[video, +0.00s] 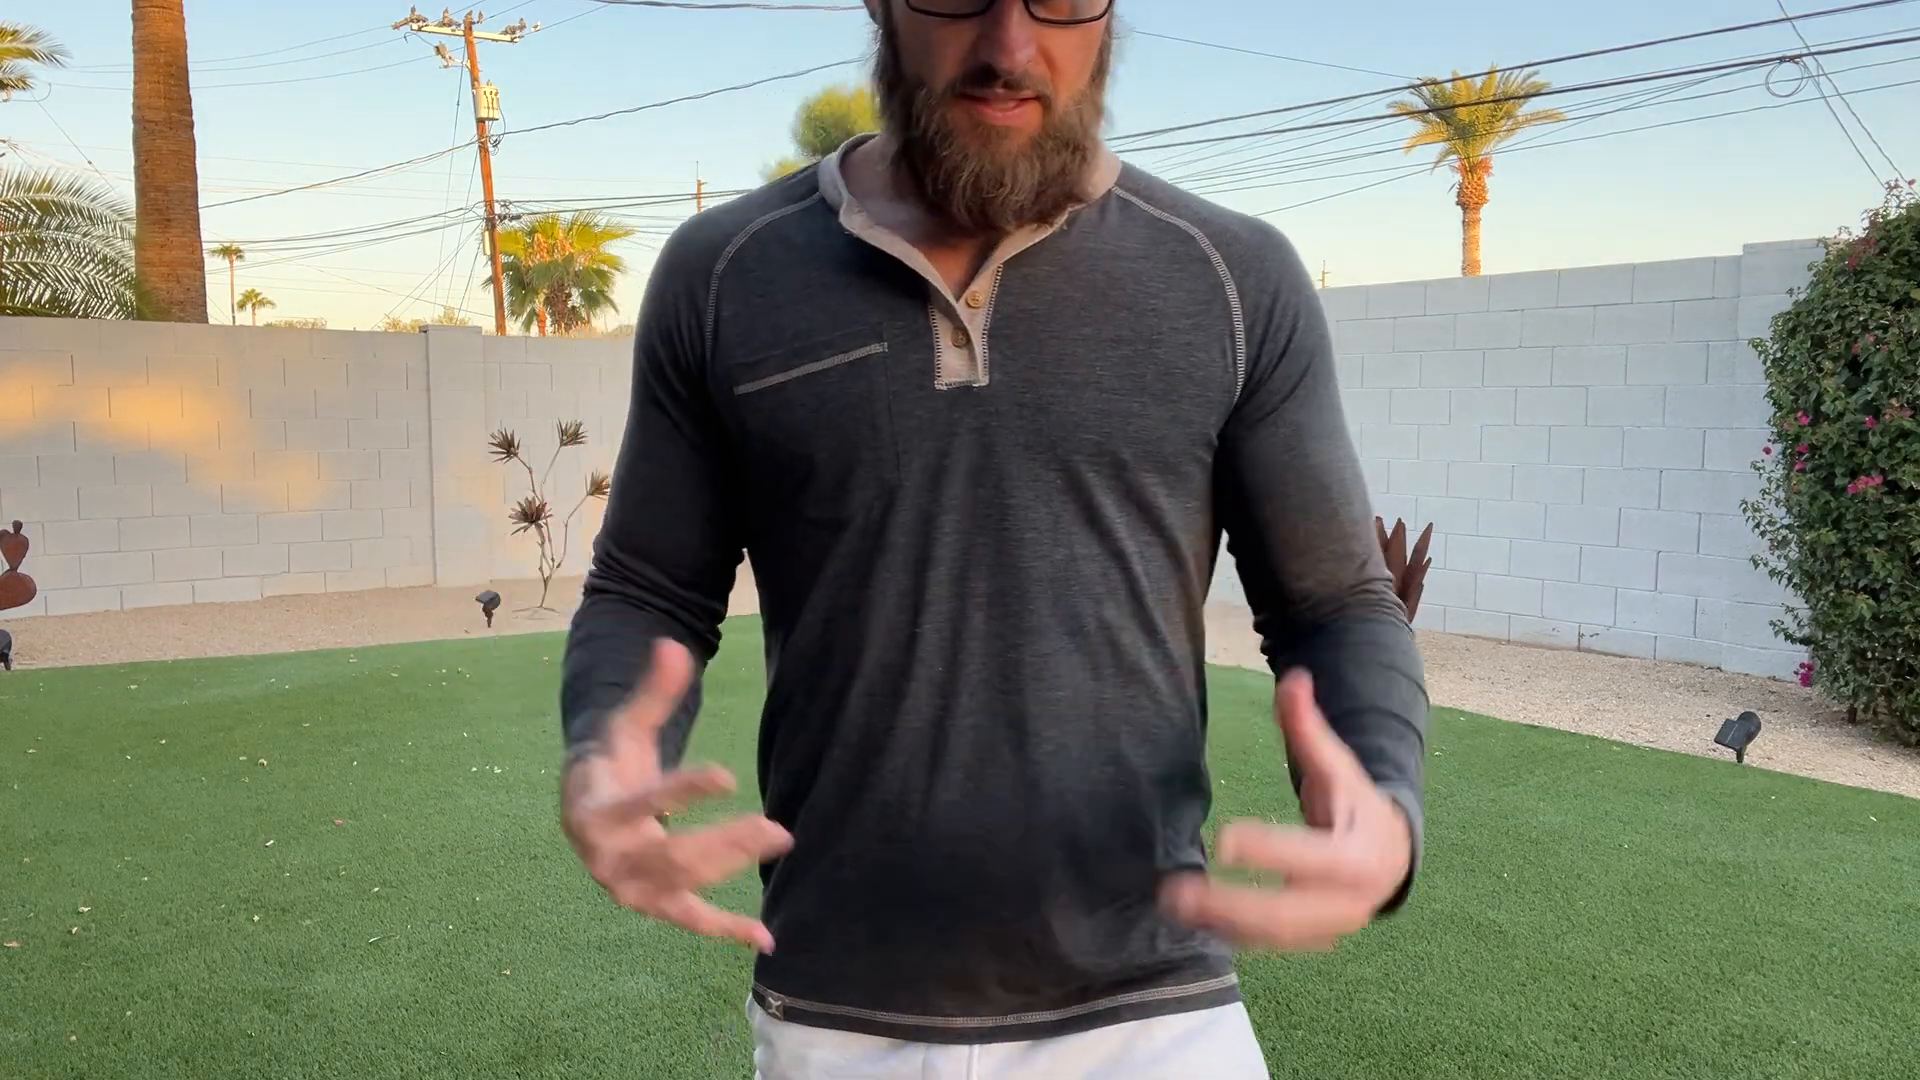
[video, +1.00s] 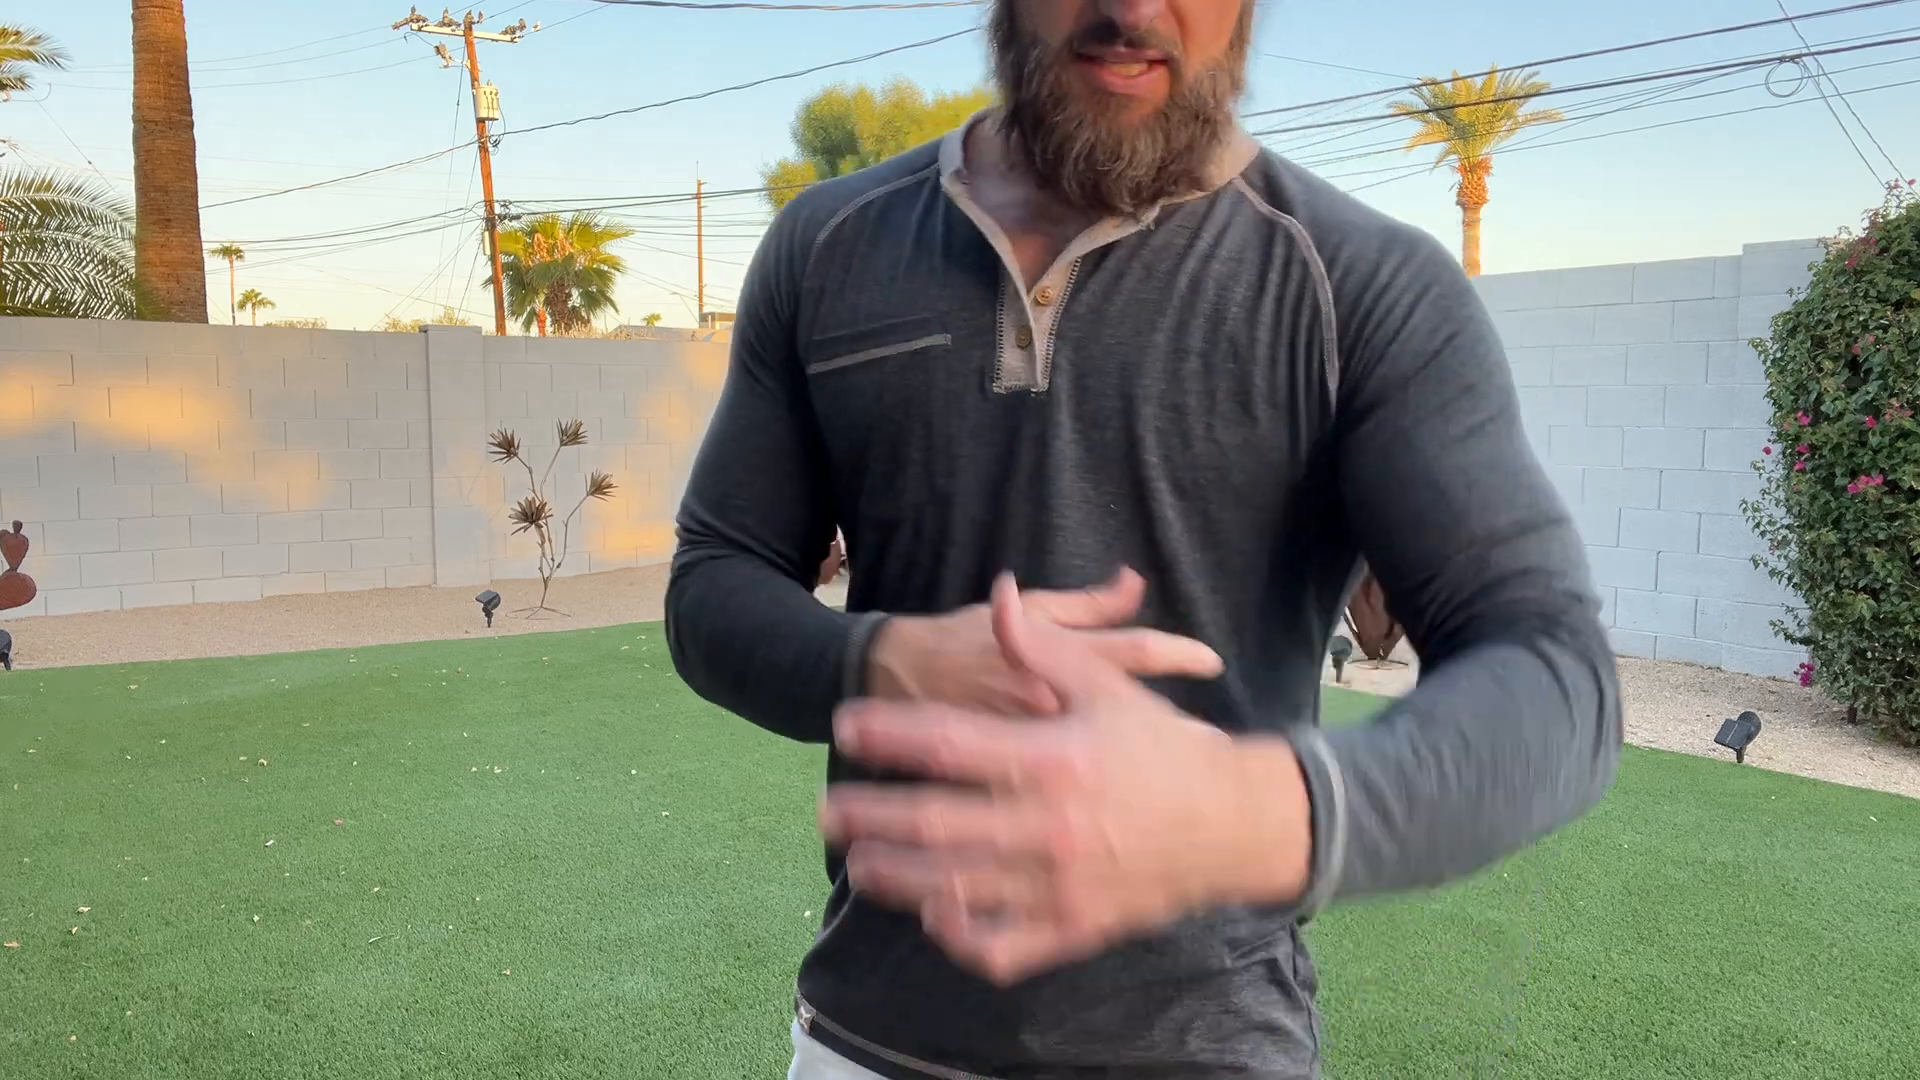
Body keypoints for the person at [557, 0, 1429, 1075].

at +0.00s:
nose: (1009, 46)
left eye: (1058, 4)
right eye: (958, 1)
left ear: (1107, 26)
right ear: (889, 13)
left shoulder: (1238, 278)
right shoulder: (723, 277)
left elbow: (1338, 603)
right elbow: (646, 587)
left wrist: (1378, 806)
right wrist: (614, 752)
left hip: (1154, 1004)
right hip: (842, 1013)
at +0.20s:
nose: (1119, 20)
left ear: (1228, 12)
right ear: (996, 1)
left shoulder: (1348, 288)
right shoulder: (804, 248)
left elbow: (1375, 681)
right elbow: (716, 605)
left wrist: (1249, 1014)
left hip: (1211, 1034)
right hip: (893, 1037)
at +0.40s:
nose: (1217, 26)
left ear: (1337, 15)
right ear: (1083, 1)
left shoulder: (1448, 306)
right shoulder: (883, 219)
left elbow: (1415, 759)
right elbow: (780, 605)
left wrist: (1308, 1059)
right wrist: (1118, 705)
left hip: (1246, 1040)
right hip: (917, 1026)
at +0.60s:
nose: (1252, 11)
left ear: (1375, 6)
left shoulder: (1481, 317)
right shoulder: (902, 197)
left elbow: (1434, 798)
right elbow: (791, 582)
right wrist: (1136, 709)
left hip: (1259, 1041)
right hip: (923, 1020)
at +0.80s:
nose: (1216, 3)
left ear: (1333, 6)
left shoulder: (1453, 298)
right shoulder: (884, 204)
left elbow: (1437, 732)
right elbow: (755, 579)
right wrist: (1092, 643)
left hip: (1267, 1035)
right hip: (916, 1023)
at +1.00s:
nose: (1133, 7)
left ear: (1243, 15)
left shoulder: (1365, 284)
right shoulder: (827, 253)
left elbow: (1553, 681)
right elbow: (714, 589)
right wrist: (889, 666)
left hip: (1204, 1026)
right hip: (879, 1020)